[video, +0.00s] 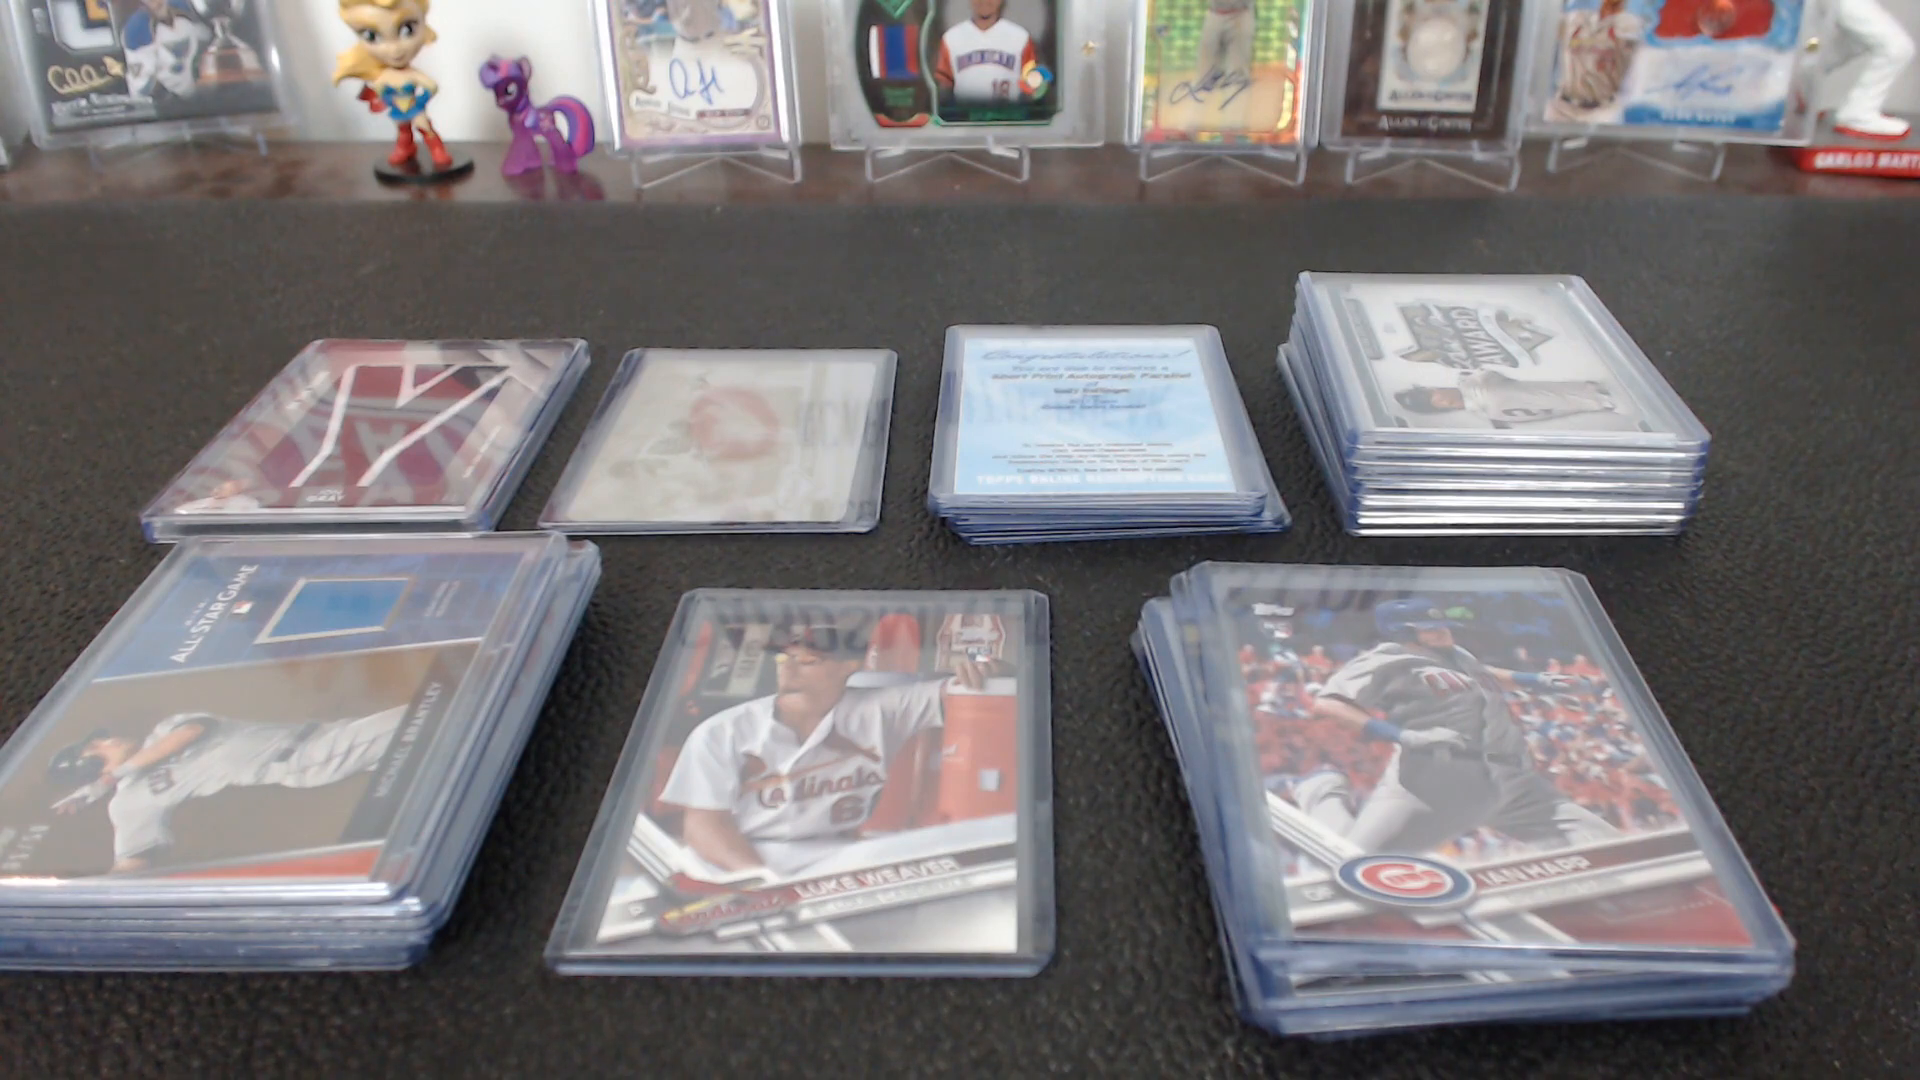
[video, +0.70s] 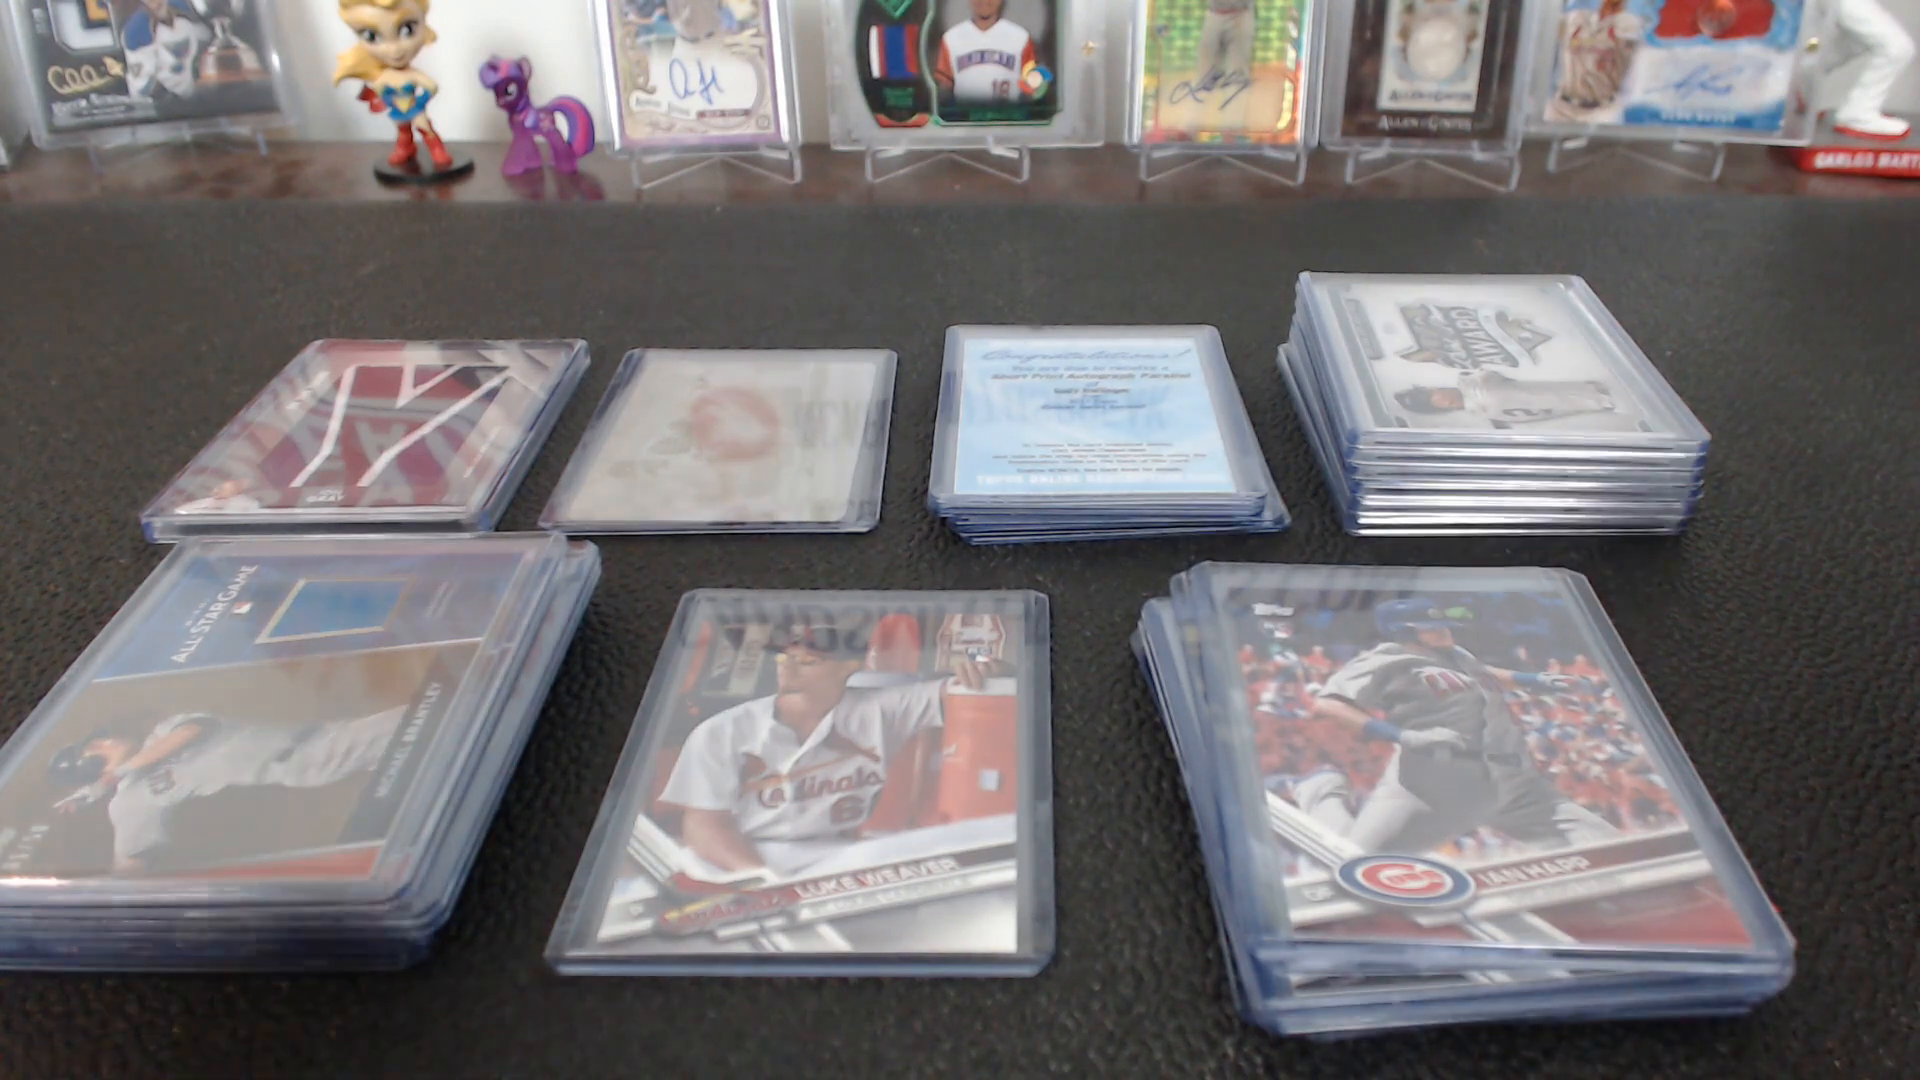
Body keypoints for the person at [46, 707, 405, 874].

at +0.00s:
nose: (112, 740)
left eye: (102, 740)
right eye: (102, 746)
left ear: (109, 741)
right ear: (101, 769)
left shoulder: (161, 729)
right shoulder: (131, 798)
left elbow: (192, 733)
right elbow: (130, 870)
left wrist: (114, 777)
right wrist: (85, 900)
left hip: (313, 732)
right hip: (301, 760)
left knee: (418, 720)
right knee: (416, 717)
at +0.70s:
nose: (109, 751)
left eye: (98, 747)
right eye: (99, 760)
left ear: (108, 736)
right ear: (100, 776)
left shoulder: (160, 727)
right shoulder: (131, 801)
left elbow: (191, 733)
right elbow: (128, 872)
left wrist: (117, 775)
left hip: (305, 735)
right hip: (291, 768)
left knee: (412, 719)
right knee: (408, 721)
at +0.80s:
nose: (104, 771)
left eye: (98, 758)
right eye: (94, 774)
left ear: (112, 741)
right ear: (96, 786)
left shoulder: (161, 731)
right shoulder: (130, 802)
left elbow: (193, 732)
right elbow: (130, 871)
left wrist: (124, 770)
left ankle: (418, 715)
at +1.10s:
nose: (115, 741)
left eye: (106, 739)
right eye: (104, 744)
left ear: (109, 742)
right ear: (100, 764)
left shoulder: (163, 727)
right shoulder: (129, 802)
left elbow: (196, 731)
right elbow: (129, 872)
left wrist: (115, 777)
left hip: (294, 736)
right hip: (277, 774)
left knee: (407, 721)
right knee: (399, 726)